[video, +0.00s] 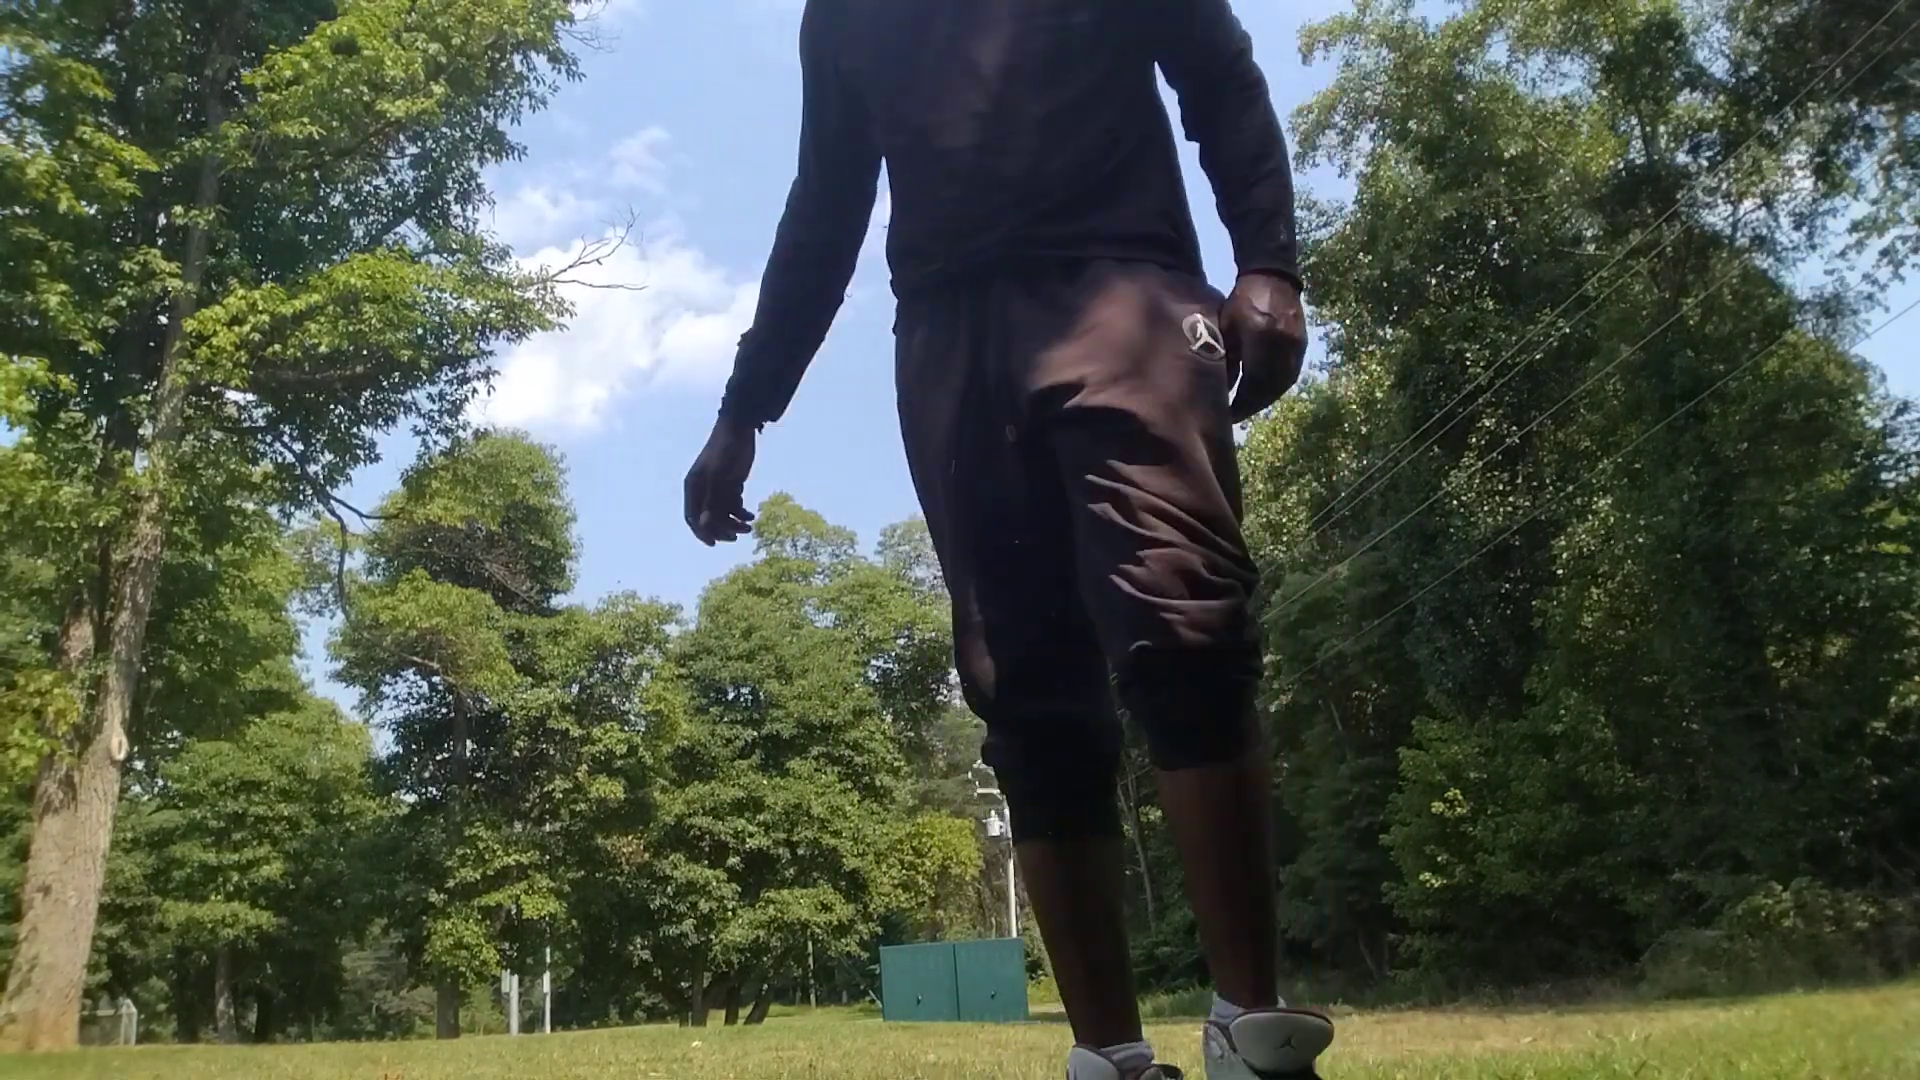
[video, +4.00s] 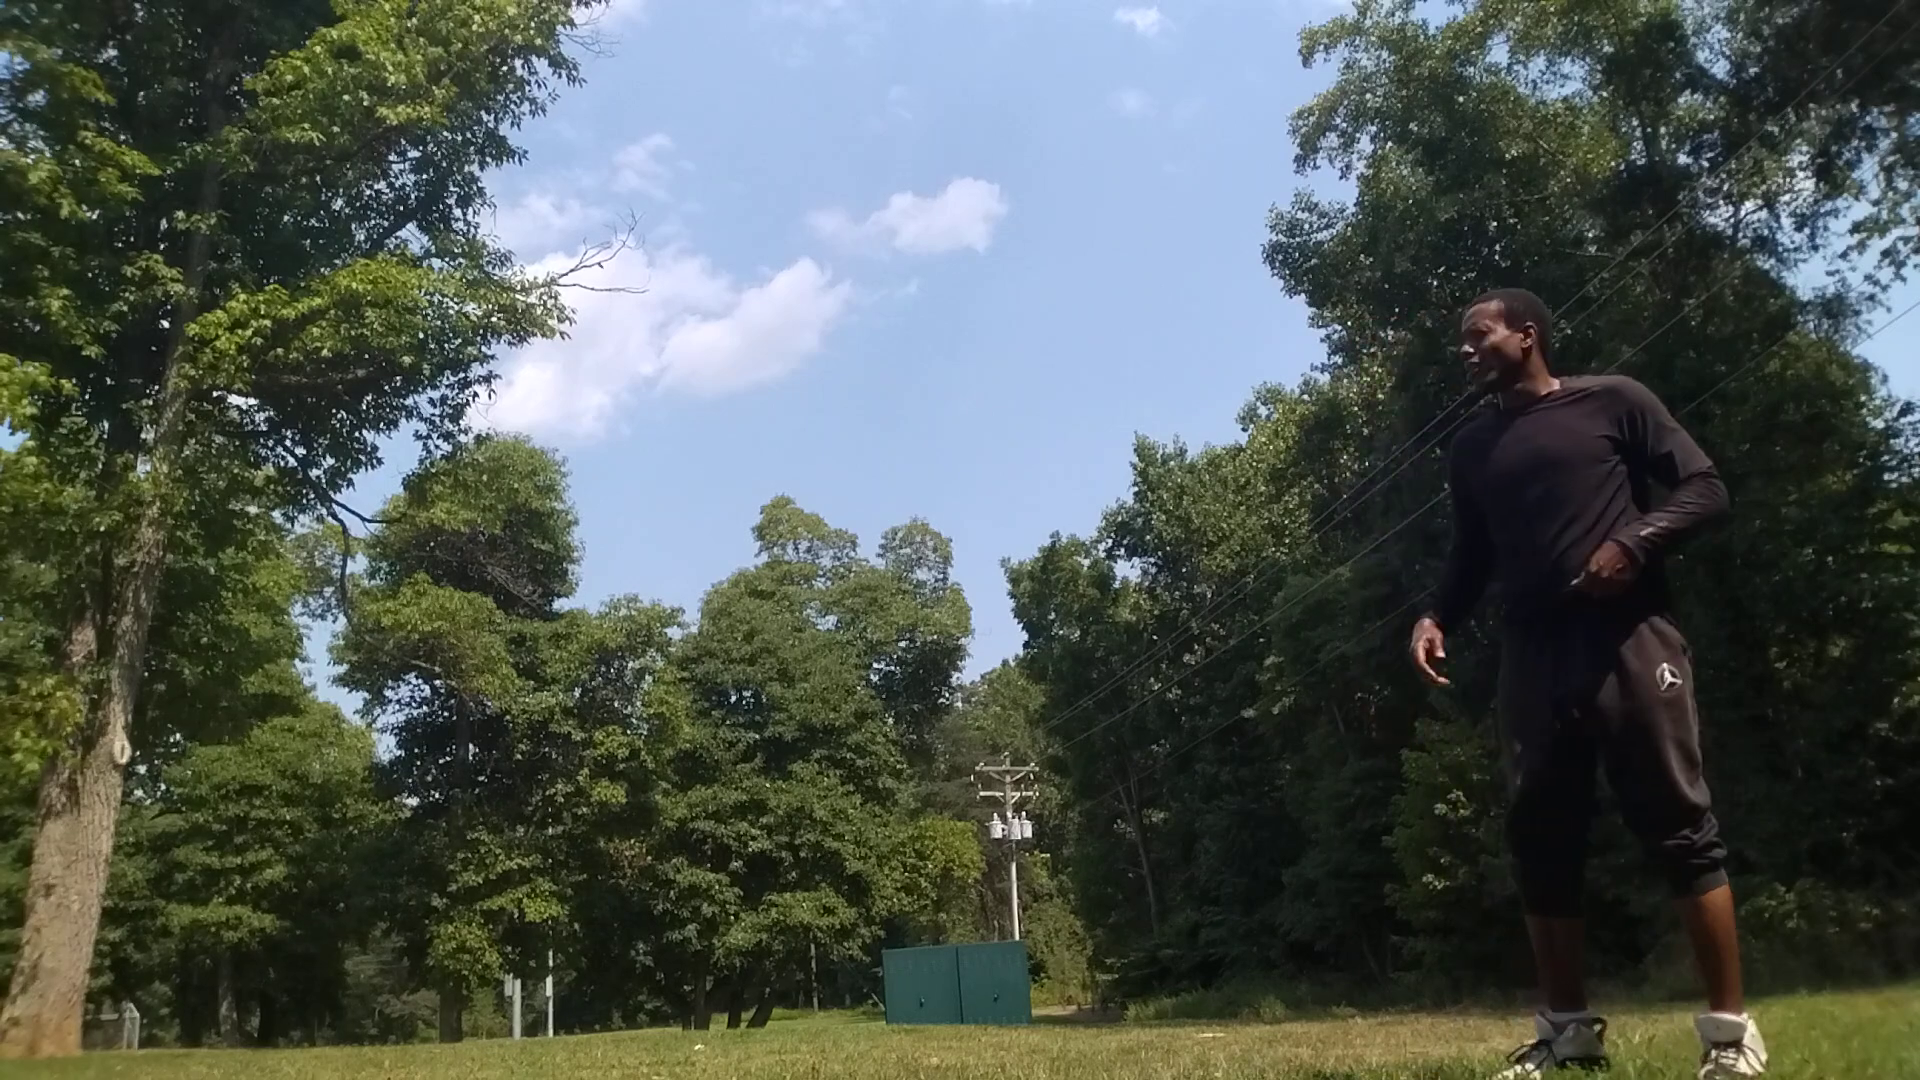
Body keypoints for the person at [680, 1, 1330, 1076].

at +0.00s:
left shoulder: (1140, 5)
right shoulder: (843, 14)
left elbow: (1223, 78)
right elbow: (825, 203)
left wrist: (1268, 263)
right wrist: (740, 416)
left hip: (1121, 284)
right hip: (946, 320)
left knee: (1187, 642)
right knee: (1031, 706)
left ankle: (1249, 1029)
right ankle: (1109, 1054)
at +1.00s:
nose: (1164, 46)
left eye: (1184, 34)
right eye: (1143, 29)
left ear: (1202, 61)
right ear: (1102, 50)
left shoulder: (1253, 191)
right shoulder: (1035, 185)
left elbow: (1314, 363)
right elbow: (971, 332)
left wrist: (1391, 511)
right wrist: (949, 421)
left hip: (1232, 492)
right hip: (1089, 497)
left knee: (1249, 767)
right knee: (1110, 749)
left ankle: (1266, 1045)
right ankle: (1155, 1000)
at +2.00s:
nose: (1121, 245)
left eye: (1139, 231)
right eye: (1110, 237)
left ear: (1181, 248)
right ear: (1103, 261)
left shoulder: (1244, 315)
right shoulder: (1105, 374)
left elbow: (1325, 420)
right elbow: (1118, 514)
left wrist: (1354, 527)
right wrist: (1088, 630)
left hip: (1252, 594)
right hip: (1146, 606)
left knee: (1303, 815)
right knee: (1172, 831)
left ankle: (1387, 1016)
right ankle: (1181, 1051)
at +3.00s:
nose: (1347, 367)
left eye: (1361, 354)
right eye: (1334, 357)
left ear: (1393, 365)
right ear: (1323, 373)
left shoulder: (1449, 430)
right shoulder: (1323, 467)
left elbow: (1527, 527)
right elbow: (1319, 569)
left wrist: (1551, 636)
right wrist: (1280, 653)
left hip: (1461, 657)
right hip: (1392, 672)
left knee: (1446, 832)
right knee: (1465, 840)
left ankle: (1428, 1038)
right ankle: (1560, 1025)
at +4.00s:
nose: (1465, 350)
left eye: (1476, 335)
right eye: (1462, 340)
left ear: (1526, 333)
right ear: (1488, 349)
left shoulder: (1615, 399)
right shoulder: (1471, 444)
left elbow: (1704, 490)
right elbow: (1472, 550)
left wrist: (1632, 541)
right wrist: (1436, 614)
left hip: (1631, 645)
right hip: (1534, 659)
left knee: (1684, 833)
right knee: (1539, 835)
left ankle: (1729, 1036)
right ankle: (1566, 1029)